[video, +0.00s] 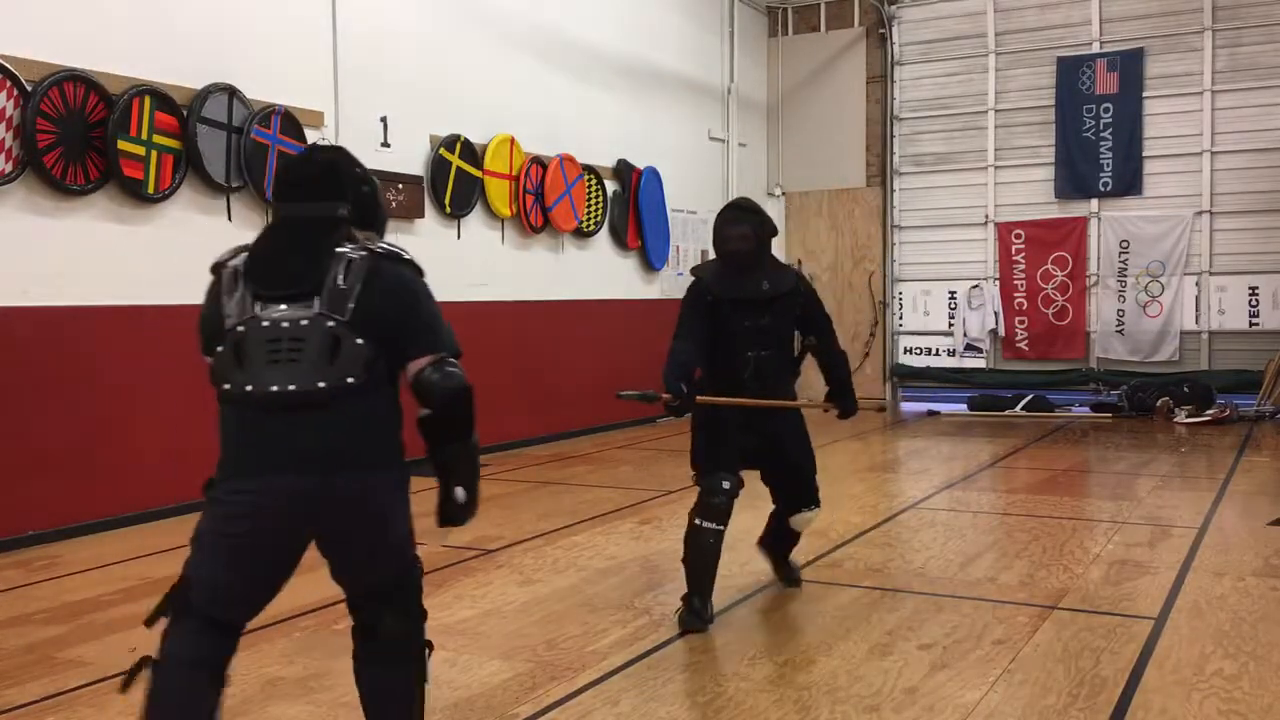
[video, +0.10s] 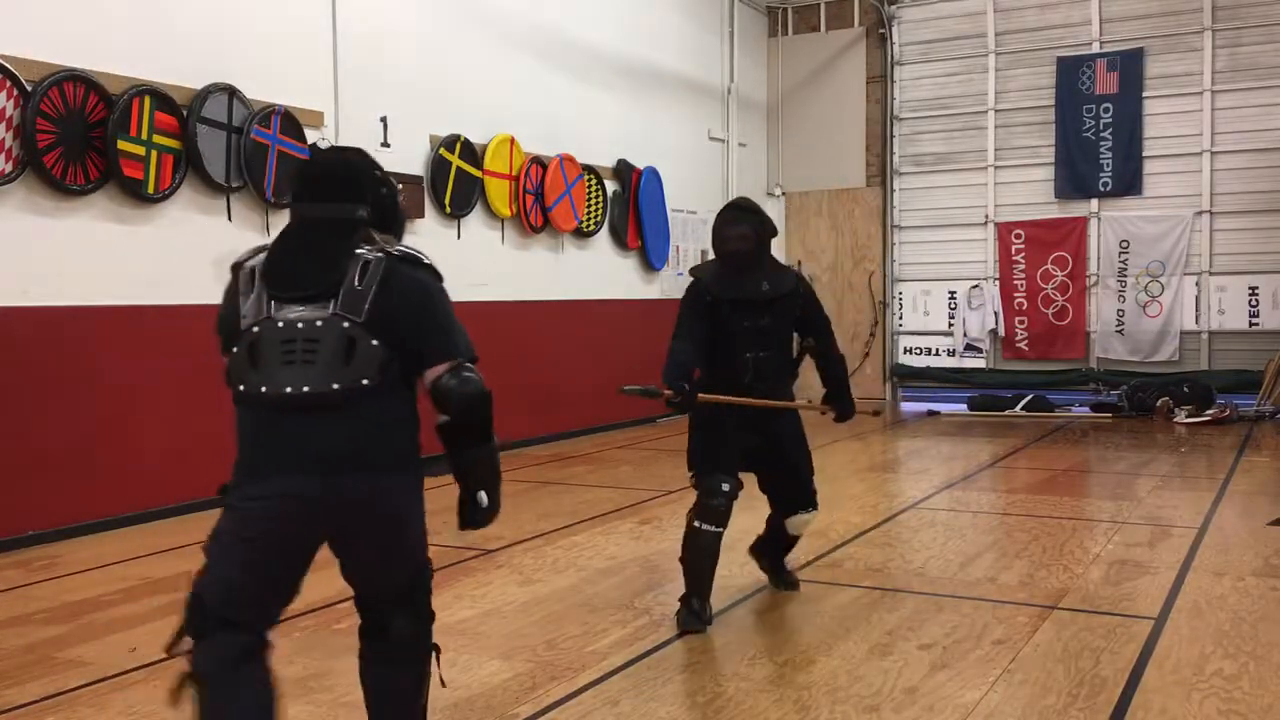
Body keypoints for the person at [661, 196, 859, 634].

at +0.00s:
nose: (737, 251)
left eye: (745, 241)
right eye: (728, 242)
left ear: (764, 240)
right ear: (716, 243)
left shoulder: (790, 285)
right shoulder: (707, 287)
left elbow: (823, 338)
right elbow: (686, 341)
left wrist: (842, 390)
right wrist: (676, 382)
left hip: (776, 407)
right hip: (719, 406)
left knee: (802, 502)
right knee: (716, 494)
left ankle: (776, 546)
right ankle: (698, 597)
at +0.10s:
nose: (735, 250)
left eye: (744, 240)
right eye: (727, 241)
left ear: (764, 240)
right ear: (715, 242)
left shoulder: (790, 286)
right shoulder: (706, 288)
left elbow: (822, 341)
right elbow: (685, 341)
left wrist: (840, 393)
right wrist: (677, 381)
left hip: (774, 408)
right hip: (717, 407)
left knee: (799, 508)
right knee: (715, 497)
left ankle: (770, 551)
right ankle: (696, 598)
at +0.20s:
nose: (740, 245)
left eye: (749, 236)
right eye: (732, 235)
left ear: (769, 236)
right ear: (721, 236)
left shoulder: (795, 284)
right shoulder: (711, 281)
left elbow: (825, 344)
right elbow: (690, 333)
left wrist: (839, 394)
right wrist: (685, 372)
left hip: (776, 407)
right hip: (719, 404)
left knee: (805, 503)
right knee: (717, 496)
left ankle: (779, 557)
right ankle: (696, 597)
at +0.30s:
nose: (750, 244)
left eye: (760, 234)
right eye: (742, 234)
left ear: (780, 235)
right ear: (731, 236)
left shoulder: (803, 283)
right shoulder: (719, 282)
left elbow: (830, 345)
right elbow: (700, 333)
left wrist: (842, 397)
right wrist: (697, 369)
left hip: (783, 406)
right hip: (727, 403)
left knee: (807, 501)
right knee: (724, 494)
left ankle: (782, 570)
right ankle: (696, 595)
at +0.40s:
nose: (762, 234)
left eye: (772, 225)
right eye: (755, 225)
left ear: (791, 232)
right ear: (743, 231)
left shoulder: (812, 284)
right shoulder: (730, 280)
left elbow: (837, 346)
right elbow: (712, 335)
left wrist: (848, 398)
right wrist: (710, 376)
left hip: (791, 405)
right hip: (737, 403)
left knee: (813, 502)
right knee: (734, 494)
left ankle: (783, 570)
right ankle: (702, 594)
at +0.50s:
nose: (770, 243)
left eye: (779, 234)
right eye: (762, 234)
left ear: (797, 235)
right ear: (749, 236)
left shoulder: (817, 283)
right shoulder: (737, 279)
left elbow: (841, 343)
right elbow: (721, 332)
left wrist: (854, 393)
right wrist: (719, 375)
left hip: (797, 405)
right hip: (744, 402)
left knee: (814, 501)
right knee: (743, 493)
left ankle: (782, 570)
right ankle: (721, 589)